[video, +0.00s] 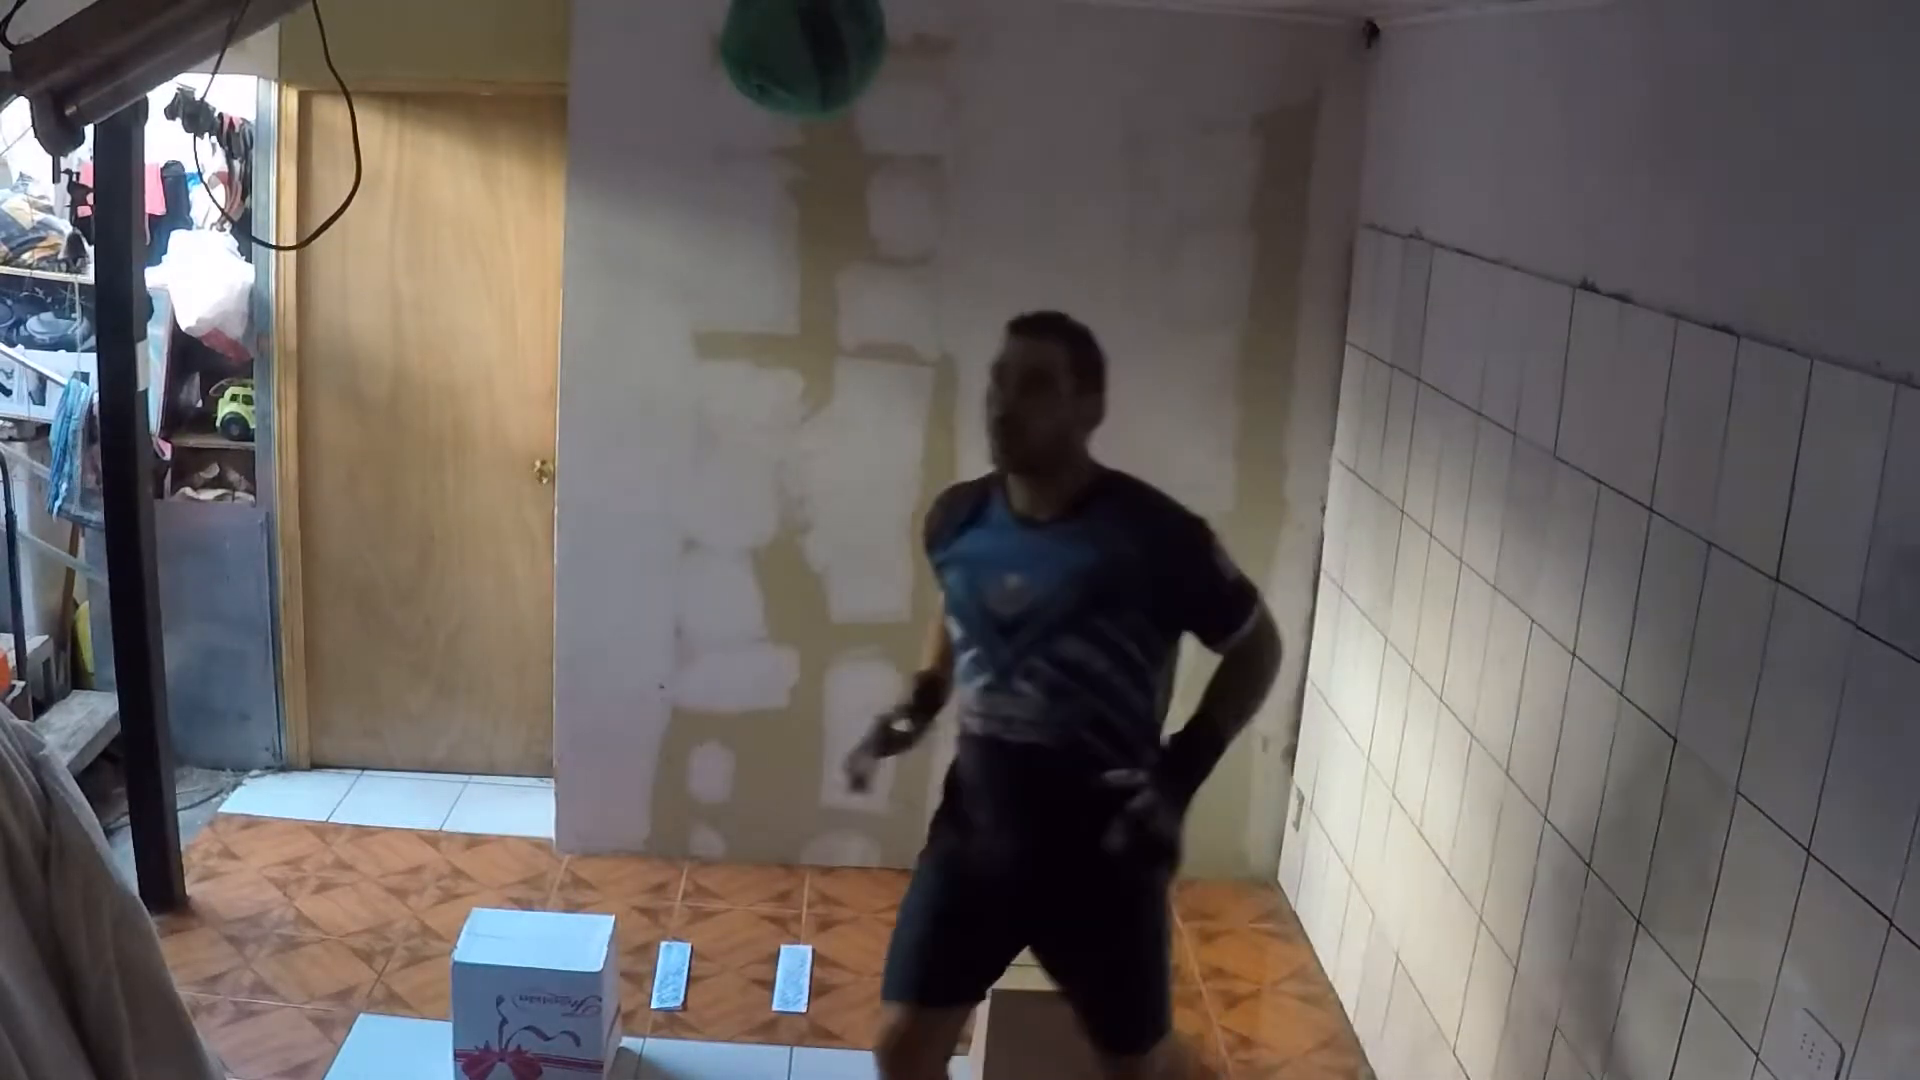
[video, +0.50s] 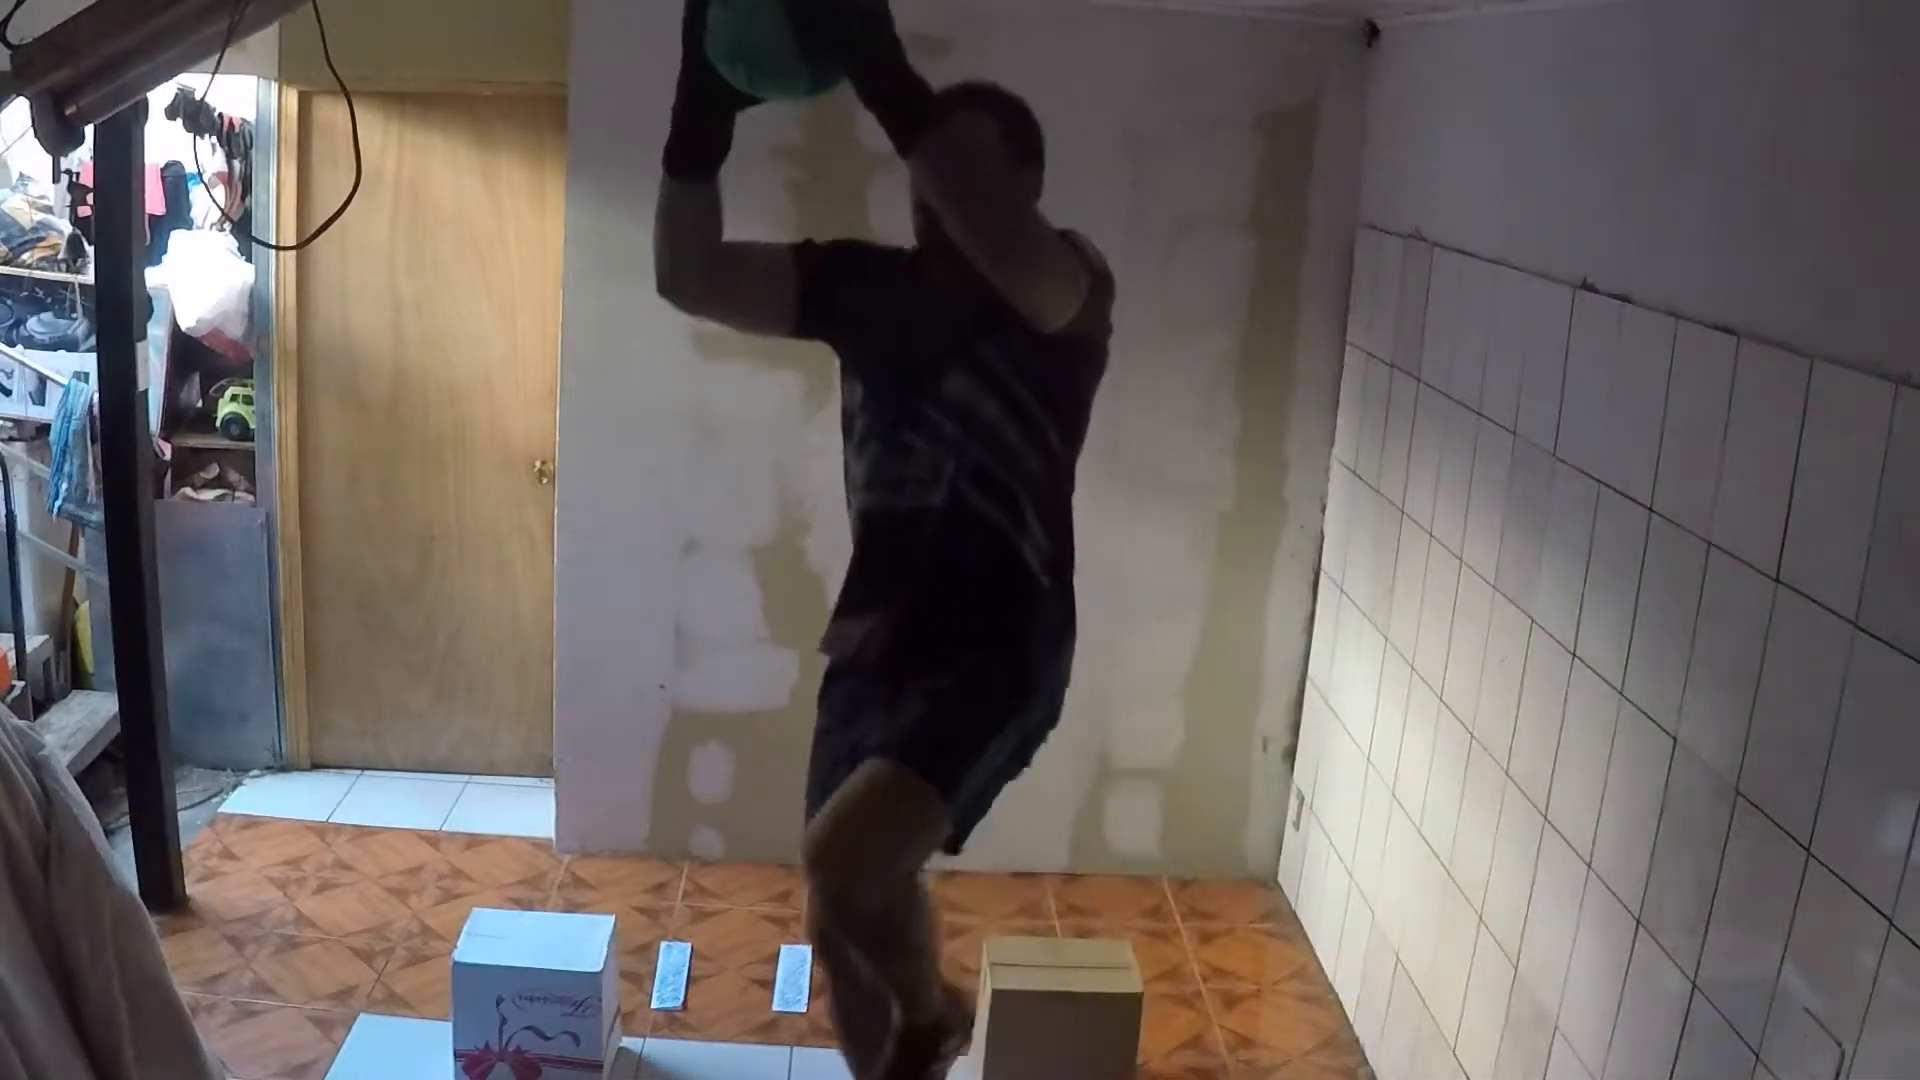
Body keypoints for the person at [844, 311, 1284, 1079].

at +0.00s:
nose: (1005, 402)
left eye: (1036, 384)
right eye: (998, 381)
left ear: (1092, 407)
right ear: (985, 391)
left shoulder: (1155, 532)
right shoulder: (956, 520)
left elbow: (1257, 646)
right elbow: (962, 621)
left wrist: (1177, 778)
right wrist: (915, 713)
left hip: (1104, 828)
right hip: (980, 820)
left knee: (1133, 1059)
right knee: (906, 1045)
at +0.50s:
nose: (933, 174)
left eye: (961, 153)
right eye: (927, 153)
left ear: (1025, 181)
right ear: (908, 174)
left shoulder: (1070, 285)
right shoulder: (869, 286)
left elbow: (991, 216)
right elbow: (691, 272)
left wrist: (881, 66)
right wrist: (705, 91)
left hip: (1001, 636)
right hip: (872, 633)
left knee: (849, 857)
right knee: (840, 919)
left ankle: (932, 1018)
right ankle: (881, 1077)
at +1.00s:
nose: (770, 562)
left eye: (789, 536)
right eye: (770, 536)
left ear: (866, 525)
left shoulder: (996, 649)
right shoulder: (822, 636)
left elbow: (1081, 842)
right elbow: (855, 800)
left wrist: (950, 885)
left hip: (963, 970)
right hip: (841, 944)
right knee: (746, 1072)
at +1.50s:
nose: (1031, 523)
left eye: (1036, 501)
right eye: (1027, 503)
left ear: (1094, 481)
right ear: (1088, 487)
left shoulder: (1243, 557)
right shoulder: (1087, 562)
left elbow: (1386, 688)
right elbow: (1124, 684)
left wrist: (1292, 812)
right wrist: (1077, 751)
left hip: (1249, 855)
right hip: (1145, 847)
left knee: (1181, 1067)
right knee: (1120, 1054)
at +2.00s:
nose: (1179, 494)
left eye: (1187, 475)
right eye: (1172, 477)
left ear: (1243, 454)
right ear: (1234, 454)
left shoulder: (1361, 529)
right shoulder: (1203, 518)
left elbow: (1431, 669)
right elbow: (1222, 594)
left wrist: (1346, 755)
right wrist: (1173, 636)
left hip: (1336, 779)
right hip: (1235, 767)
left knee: (1332, 987)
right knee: (1213, 949)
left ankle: (1355, 1072)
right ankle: (1245, 996)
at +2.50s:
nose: (1177, 417)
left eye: (1192, 403)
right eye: (1168, 401)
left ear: (1234, 380)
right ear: (1157, 383)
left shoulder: (1308, 450)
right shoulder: (1152, 420)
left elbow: (1364, 568)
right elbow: (1139, 481)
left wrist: (1296, 618)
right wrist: (1126, 555)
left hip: (1260, 671)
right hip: (1164, 659)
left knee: (1256, 842)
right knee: (1128, 823)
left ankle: (1243, 960)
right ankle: (1157, 927)